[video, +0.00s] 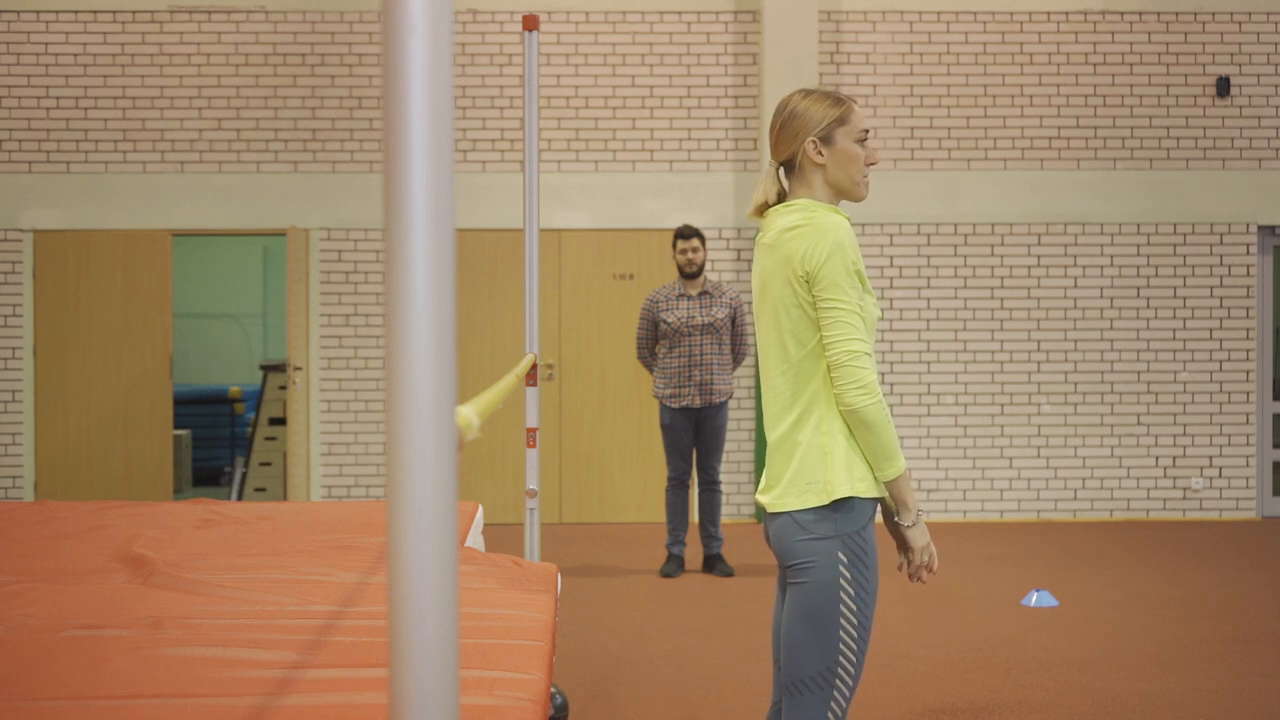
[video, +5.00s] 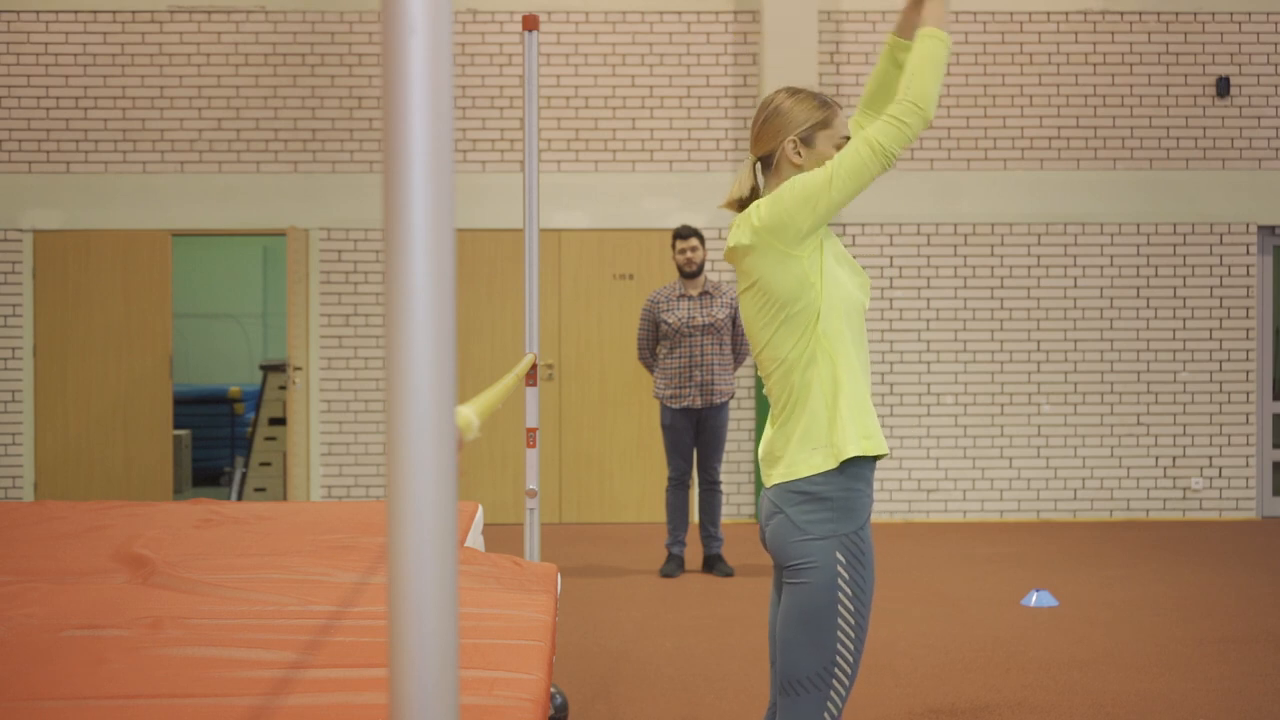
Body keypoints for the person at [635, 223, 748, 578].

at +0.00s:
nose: (689, 256)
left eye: (695, 250)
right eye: (682, 251)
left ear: (705, 254)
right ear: (674, 256)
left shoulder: (728, 296)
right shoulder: (659, 299)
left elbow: (741, 348)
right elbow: (644, 350)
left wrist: (718, 372)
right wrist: (669, 375)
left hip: (715, 401)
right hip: (674, 402)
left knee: (710, 478)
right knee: (678, 477)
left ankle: (713, 552)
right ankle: (675, 553)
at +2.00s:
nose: (689, 256)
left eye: (695, 250)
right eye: (682, 251)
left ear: (705, 254)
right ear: (674, 256)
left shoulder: (727, 297)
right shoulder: (658, 300)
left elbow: (737, 347)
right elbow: (643, 350)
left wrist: (720, 373)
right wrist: (668, 377)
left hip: (716, 402)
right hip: (675, 402)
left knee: (710, 478)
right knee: (678, 477)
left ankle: (713, 552)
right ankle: (675, 553)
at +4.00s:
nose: (687, 256)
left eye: (693, 250)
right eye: (681, 251)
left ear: (704, 253)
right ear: (673, 257)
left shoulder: (729, 297)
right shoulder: (658, 300)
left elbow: (742, 348)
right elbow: (645, 351)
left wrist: (718, 373)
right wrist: (670, 376)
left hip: (716, 402)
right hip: (675, 403)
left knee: (710, 479)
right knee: (678, 478)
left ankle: (713, 553)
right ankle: (675, 553)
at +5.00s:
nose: (688, 256)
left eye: (693, 249)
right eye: (681, 251)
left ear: (705, 253)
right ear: (673, 257)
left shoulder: (727, 297)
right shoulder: (659, 300)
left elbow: (741, 347)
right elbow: (645, 351)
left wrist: (718, 373)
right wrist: (670, 377)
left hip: (716, 402)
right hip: (675, 403)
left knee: (710, 479)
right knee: (678, 477)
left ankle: (713, 553)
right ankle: (675, 552)